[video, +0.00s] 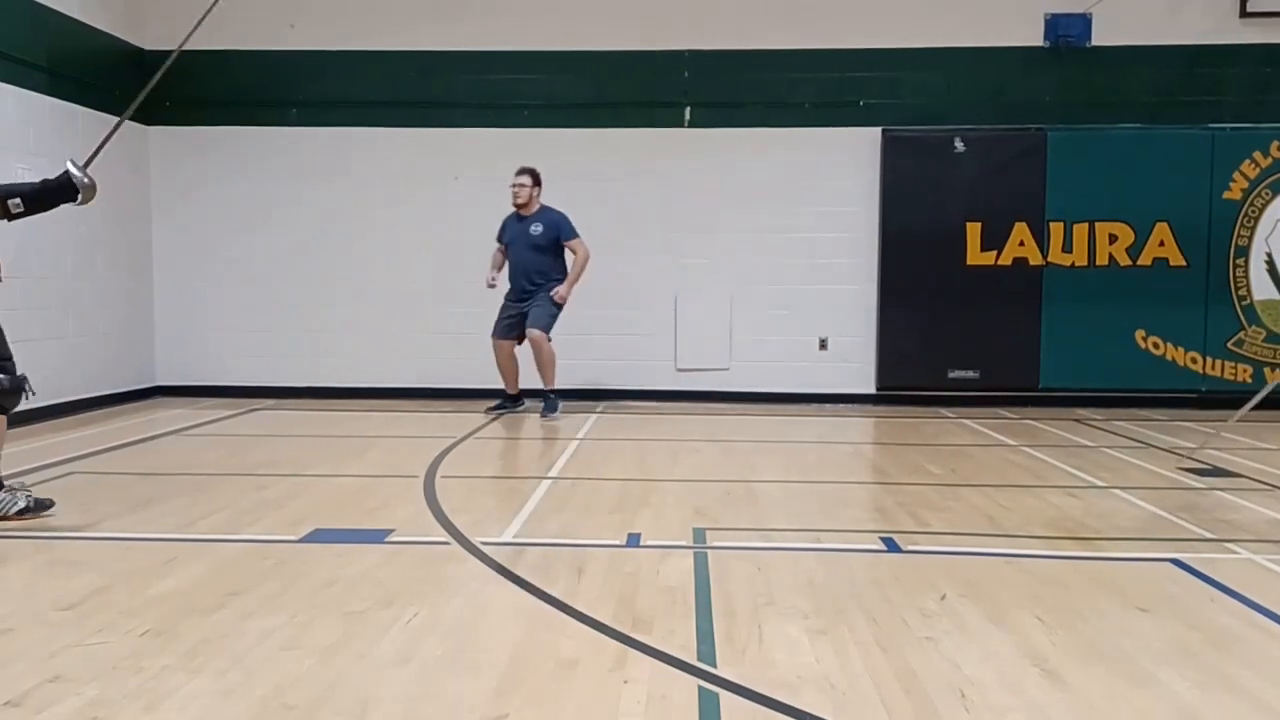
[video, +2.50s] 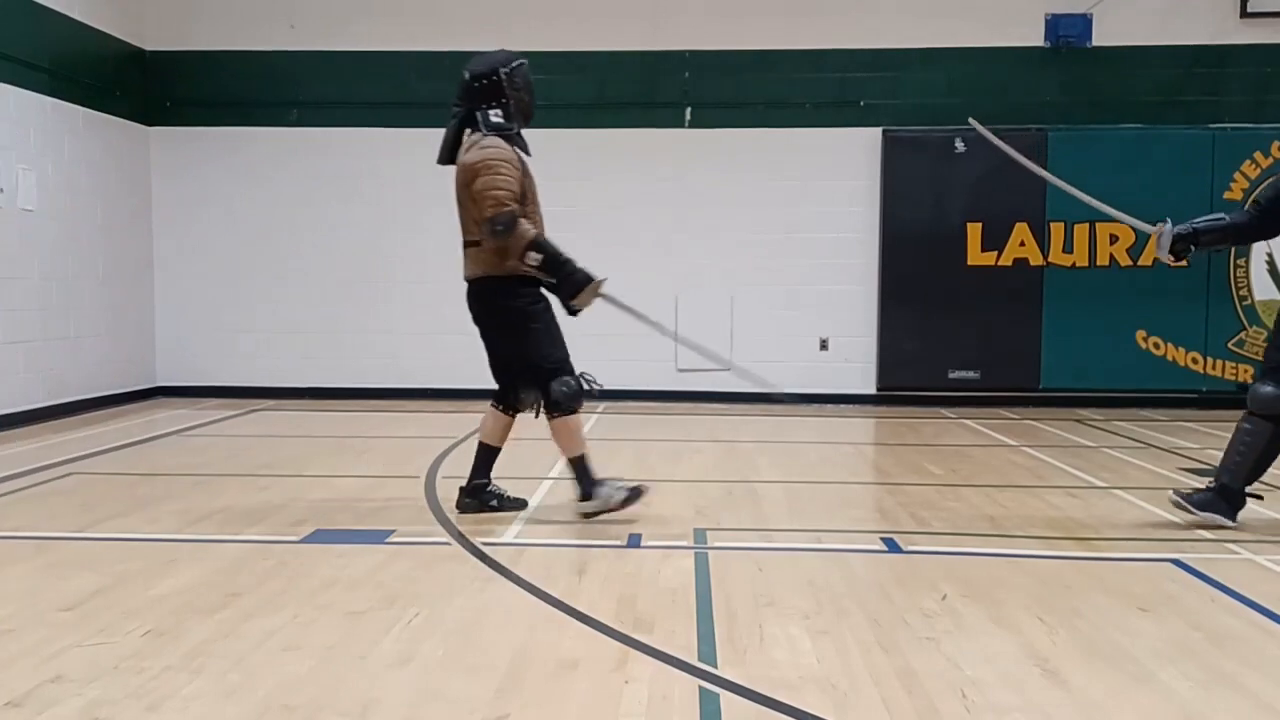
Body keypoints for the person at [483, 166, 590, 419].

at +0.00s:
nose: (516, 191)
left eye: (522, 186)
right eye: (513, 186)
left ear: (536, 190)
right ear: (511, 189)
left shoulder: (555, 219)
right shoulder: (509, 222)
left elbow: (582, 253)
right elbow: (501, 250)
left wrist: (567, 286)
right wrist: (494, 270)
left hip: (547, 292)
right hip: (517, 295)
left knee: (535, 333)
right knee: (501, 340)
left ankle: (550, 396)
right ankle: (512, 397)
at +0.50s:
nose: (440, 190)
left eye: (445, 184)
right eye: (436, 185)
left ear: (460, 187)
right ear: (434, 189)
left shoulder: (480, 215)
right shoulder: (438, 220)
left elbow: (511, 244)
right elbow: (450, 254)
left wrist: (482, 271)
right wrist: (453, 282)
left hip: (488, 295)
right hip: (453, 294)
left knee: (510, 344)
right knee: (426, 338)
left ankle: (548, 396)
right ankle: (424, 390)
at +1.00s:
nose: (308, 179)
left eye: (314, 174)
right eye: (305, 173)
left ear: (330, 177)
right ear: (302, 176)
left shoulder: (351, 208)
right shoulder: (296, 210)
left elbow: (388, 235)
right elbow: (284, 240)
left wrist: (376, 275)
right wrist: (292, 259)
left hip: (347, 290)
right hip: (319, 292)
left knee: (314, 342)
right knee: (335, 342)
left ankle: (299, 404)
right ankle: (378, 374)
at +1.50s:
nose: (298, 99)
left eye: (298, 90)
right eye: (289, 90)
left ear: (276, 95)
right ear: (260, 93)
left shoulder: (279, 148)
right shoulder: (238, 149)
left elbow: (279, 218)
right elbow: (214, 217)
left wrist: (311, 242)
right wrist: (295, 237)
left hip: (262, 289)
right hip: (246, 290)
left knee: (233, 386)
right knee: (297, 387)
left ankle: (189, 479)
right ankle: (324, 492)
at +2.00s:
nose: (429, 90)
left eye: (426, 80)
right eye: (420, 80)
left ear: (390, 87)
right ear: (397, 86)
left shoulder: (397, 141)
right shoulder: (375, 144)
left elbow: (388, 220)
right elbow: (352, 217)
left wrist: (409, 281)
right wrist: (391, 286)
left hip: (394, 286)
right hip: (371, 287)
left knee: (428, 380)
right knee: (365, 395)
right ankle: (333, 496)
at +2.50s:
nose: (529, 96)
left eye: (526, 87)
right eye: (522, 88)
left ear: (484, 96)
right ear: (503, 93)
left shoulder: (492, 147)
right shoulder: (491, 151)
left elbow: (513, 230)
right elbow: (502, 223)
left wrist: (560, 278)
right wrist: (561, 267)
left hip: (497, 288)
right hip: (507, 288)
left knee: (515, 389)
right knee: (559, 385)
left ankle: (476, 487)